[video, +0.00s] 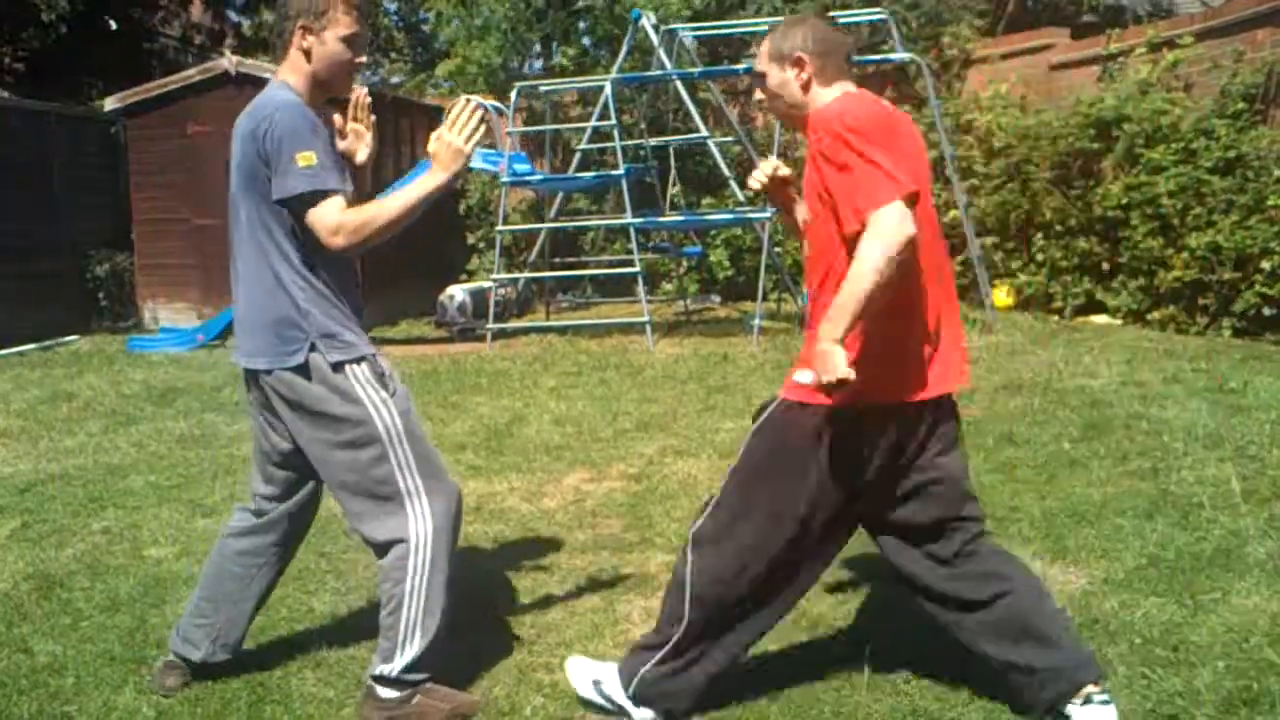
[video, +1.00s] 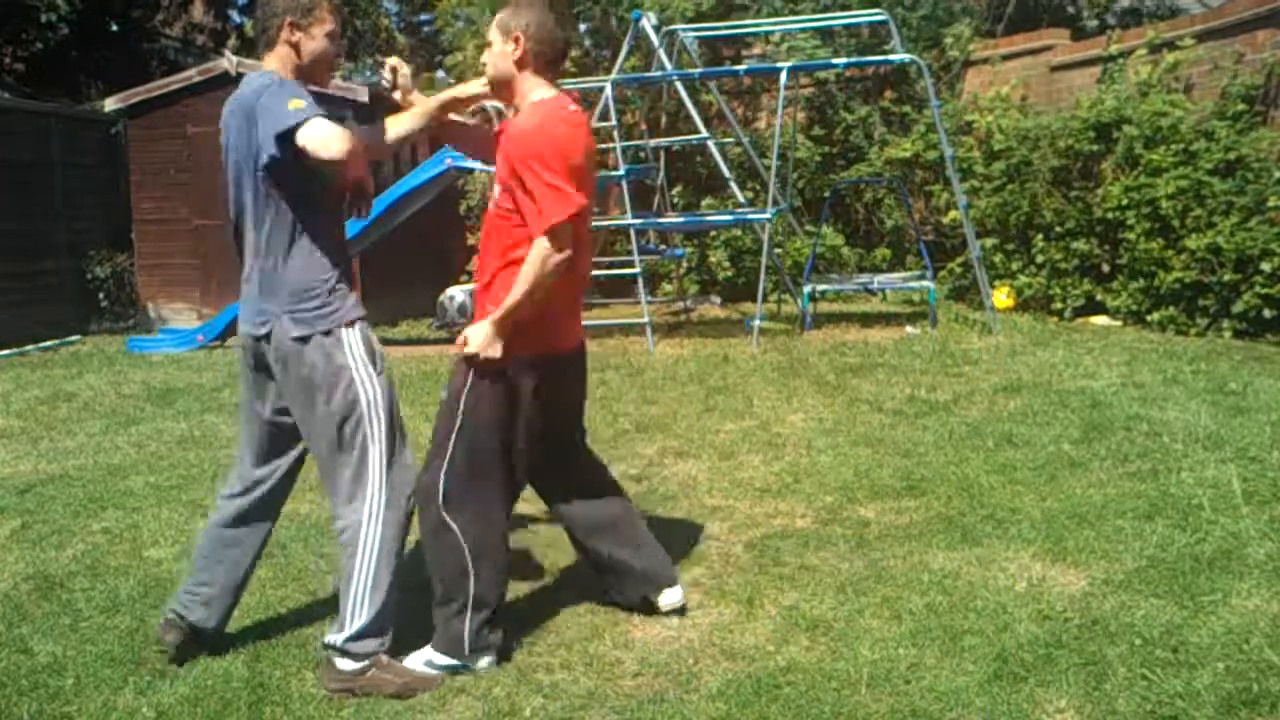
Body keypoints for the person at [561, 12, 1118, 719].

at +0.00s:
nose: (762, 94)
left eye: (765, 78)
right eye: (759, 80)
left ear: (801, 70)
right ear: (819, 69)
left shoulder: (838, 119)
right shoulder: (887, 121)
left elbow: (889, 229)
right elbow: (836, 246)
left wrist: (830, 334)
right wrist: (787, 196)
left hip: (843, 388)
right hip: (911, 387)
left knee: (740, 539)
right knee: (954, 551)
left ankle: (654, 684)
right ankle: (1074, 687)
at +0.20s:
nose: (656, 67)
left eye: (658, 54)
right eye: (655, 57)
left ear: (688, 48)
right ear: (737, 47)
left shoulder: (688, 80)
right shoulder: (796, 107)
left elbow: (651, 120)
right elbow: (805, 209)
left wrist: (547, 142)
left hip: (700, 341)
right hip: (789, 341)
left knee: (636, 513)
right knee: (813, 483)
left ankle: (629, 690)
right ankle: (903, 614)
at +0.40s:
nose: (605, 58)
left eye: (607, 48)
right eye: (608, 49)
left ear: (622, 47)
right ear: (676, 51)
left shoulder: (607, 73)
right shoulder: (731, 106)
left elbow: (513, 84)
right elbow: (784, 208)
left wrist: (432, 55)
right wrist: (740, 257)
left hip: (623, 327)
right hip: (701, 330)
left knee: (613, 506)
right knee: (686, 466)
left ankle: (623, 688)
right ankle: (707, 592)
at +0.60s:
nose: (553, 61)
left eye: (558, 47)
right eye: (554, 49)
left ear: (592, 41)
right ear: (617, 44)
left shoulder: (589, 86)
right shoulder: (673, 109)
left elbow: (530, 172)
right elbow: (712, 191)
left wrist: (444, 150)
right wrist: (657, 244)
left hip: (591, 320)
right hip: (646, 320)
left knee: (555, 491)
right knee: (613, 468)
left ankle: (616, 657)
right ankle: (658, 595)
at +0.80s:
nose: (519, 39)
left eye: (529, 28)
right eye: (519, 27)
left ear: (570, 32)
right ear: (559, 32)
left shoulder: (608, 109)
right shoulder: (544, 95)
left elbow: (665, 218)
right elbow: (478, 93)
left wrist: (623, 309)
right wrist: (434, 61)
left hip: (572, 327)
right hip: (554, 321)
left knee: (497, 465)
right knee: (587, 461)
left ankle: (505, 624)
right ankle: (656, 585)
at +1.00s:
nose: (482, 57)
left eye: (488, 44)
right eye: (485, 44)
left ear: (516, 48)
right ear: (534, 50)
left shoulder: (533, 128)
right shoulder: (564, 117)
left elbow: (556, 244)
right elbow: (468, 136)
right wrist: (422, 100)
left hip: (504, 345)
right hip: (553, 344)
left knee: (456, 488)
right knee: (561, 460)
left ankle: (465, 639)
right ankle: (651, 581)